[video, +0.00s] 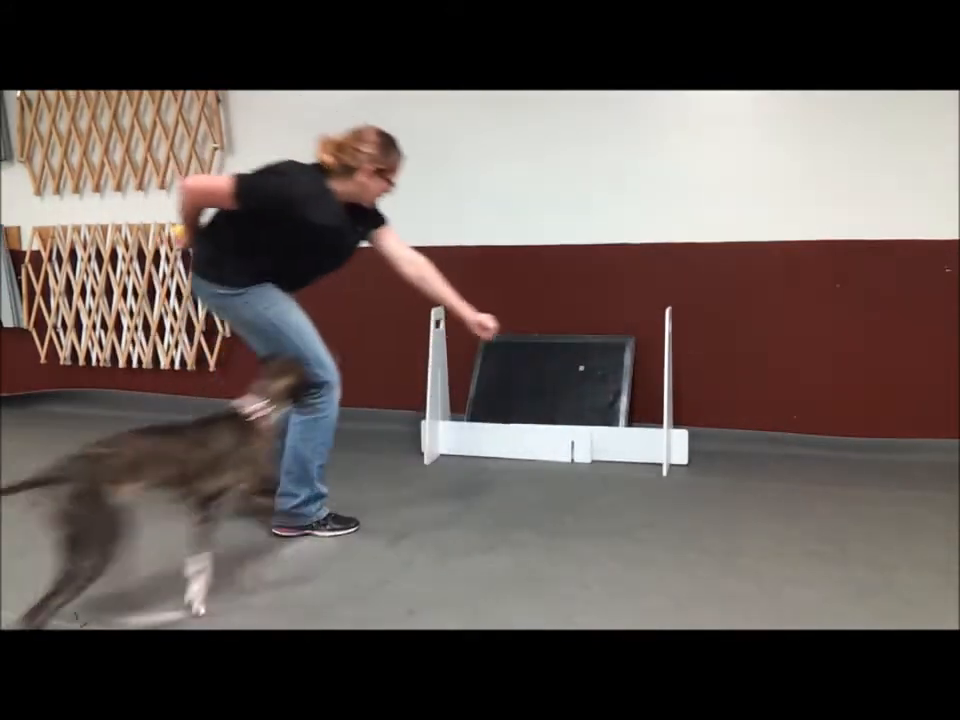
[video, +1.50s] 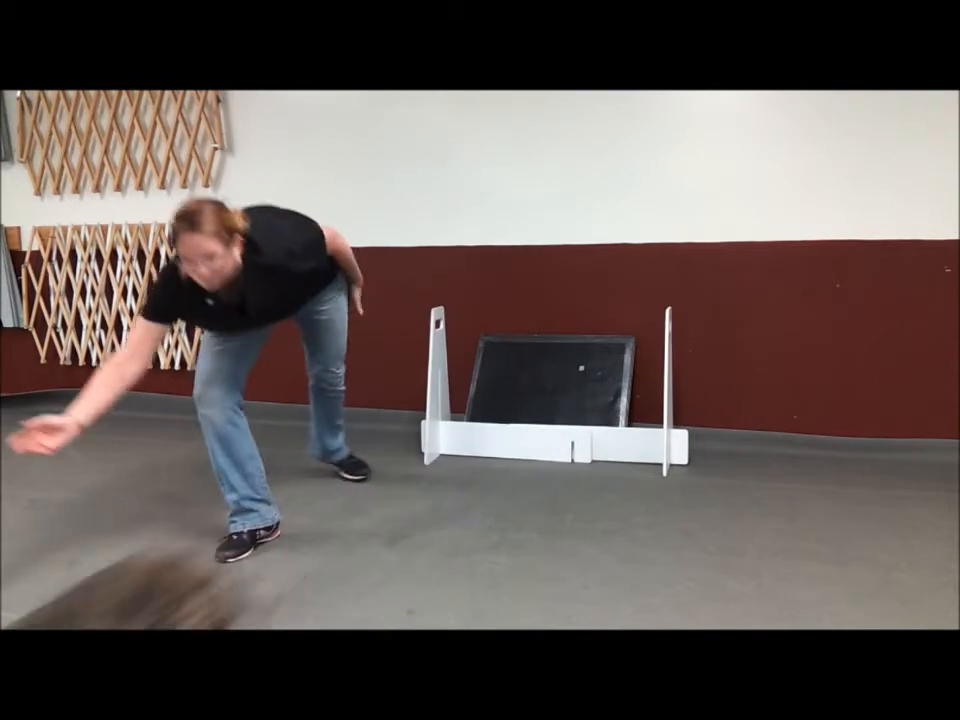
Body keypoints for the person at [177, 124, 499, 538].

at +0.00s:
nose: (389, 187)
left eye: (392, 180)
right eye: (385, 177)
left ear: (366, 173)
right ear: (362, 170)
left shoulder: (361, 215)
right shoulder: (294, 184)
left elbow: (411, 264)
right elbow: (193, 189)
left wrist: (469, 314)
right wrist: (190, 235)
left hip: (256, 282)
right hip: (230, 280)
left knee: (294, 376)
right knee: (321, 382)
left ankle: (261, 478)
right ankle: (298, 511)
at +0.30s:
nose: (455, 205)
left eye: (457, 198)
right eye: (455, 196)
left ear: (439, 189)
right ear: (440, 187)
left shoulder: (429, 223)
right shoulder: (388, 197)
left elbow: (471, 241)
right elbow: (311, 202)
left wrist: (524, 261)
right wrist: (262, 251)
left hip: (346, 286)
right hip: (313, 285)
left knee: (400, 361)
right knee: (394, 369)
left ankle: (389, 452)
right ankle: (327, 472)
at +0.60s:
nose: (477, 202)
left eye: (479, 195)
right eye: (477, 193)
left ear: (457, 185)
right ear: (462, 187)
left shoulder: (429, 208)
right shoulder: (417, 197)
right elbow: (346, 228)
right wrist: (366, 302)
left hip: (352, 273)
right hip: (328, 275)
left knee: (394, 354)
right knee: (409, 355)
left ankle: (387, 451)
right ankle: (398, 455)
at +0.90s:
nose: (469, 240)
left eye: (472, 233)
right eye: (469, 232)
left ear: (448, 223)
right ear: (451, 225)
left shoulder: (428, 247)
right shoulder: (391, 233)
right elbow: (360, 305)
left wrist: (413, 336)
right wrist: (415, 341)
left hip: (359, 275)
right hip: (306, 268)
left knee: (402, 356)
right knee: (324, 358)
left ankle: (389, 454)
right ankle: (337, 468)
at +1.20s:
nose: (354, 308)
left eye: (361, 299)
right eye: (344, 299)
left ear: (371, 291)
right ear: (318, 287)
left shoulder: (355, 279)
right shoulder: (281, 290)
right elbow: (298, 390)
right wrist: (313, 478)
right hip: (257, 307)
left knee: (385, 372)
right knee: (230, 394)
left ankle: (387, 452)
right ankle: (250, 519)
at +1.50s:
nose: (198, 272)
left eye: (208, 259)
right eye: (189, 262)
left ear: (236, 246)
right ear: (177, 256)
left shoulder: (281, 241)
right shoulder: (175, 282)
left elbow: (338, 245)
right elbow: (130, 357)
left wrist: (358, 283)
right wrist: (72, 421)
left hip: (312, 288)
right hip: (236, 312)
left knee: (330, 374)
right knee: (213, 397)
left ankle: (332, 450)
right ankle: (254, 516)